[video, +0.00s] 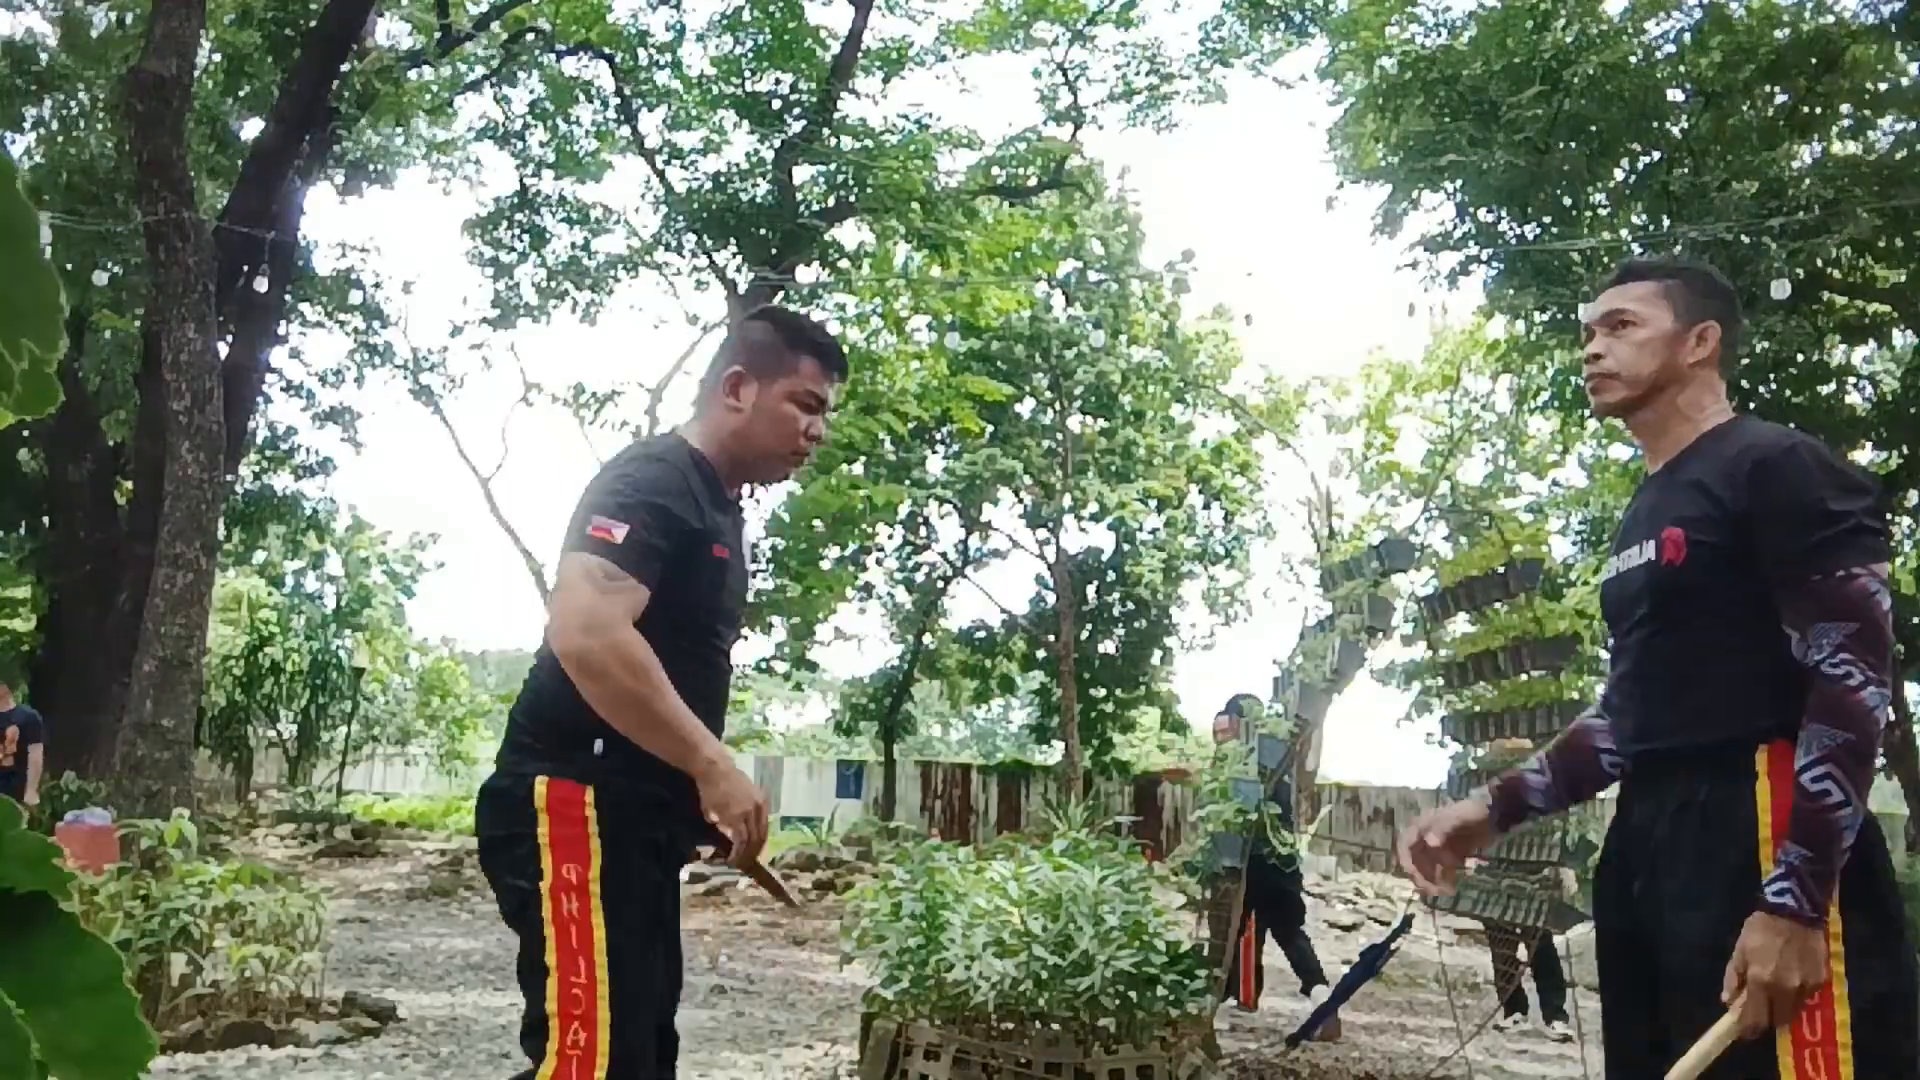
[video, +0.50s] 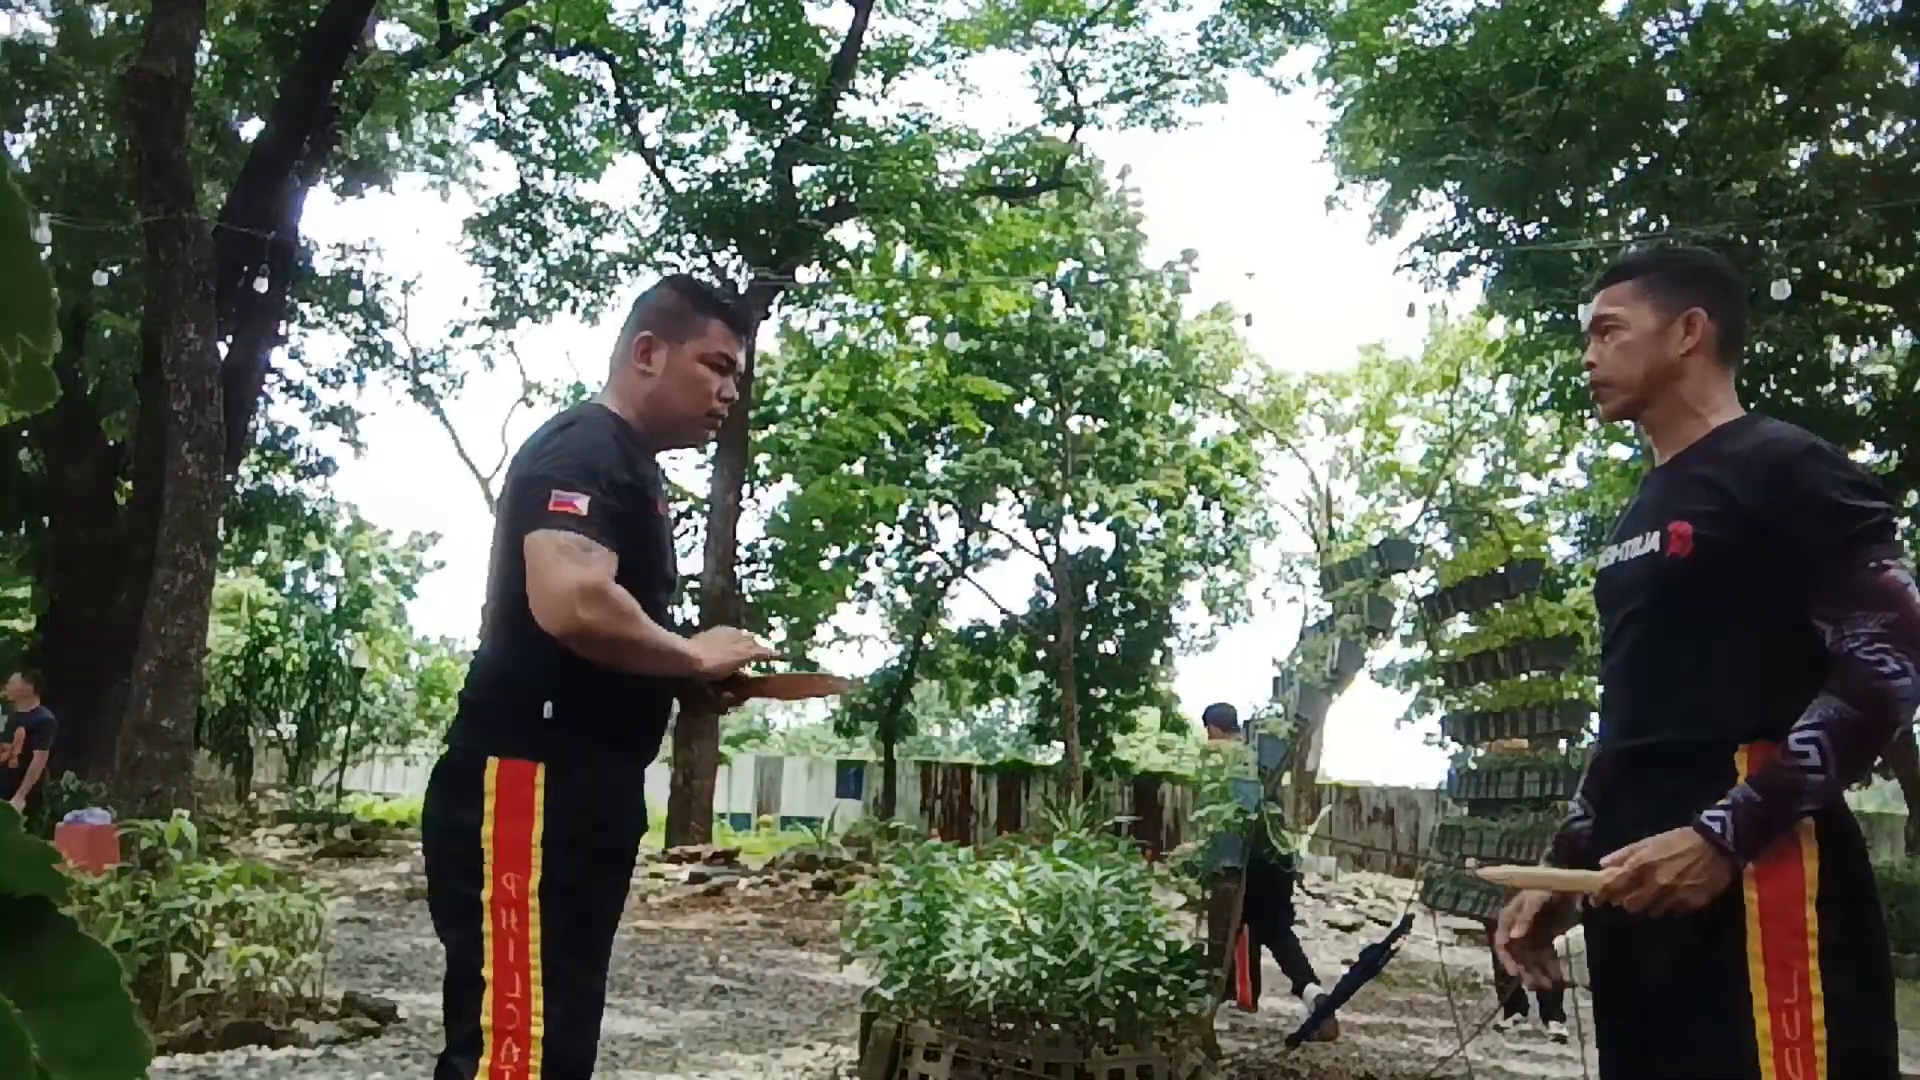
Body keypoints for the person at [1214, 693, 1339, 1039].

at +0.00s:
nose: (1219, 733)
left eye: (1223, 727)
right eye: (1219, 727)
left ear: (1241, 724)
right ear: (1252, 721)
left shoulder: (1244, 761)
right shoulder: (1276, 756)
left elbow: (1242, 812)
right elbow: (1277, 810)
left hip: (1253, 861)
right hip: (1280, 860)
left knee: (1245, 933)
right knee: (1289, 929)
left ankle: (1242, 1002)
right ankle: (1324, 1003)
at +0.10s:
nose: (1214, 735)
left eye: (1218, 728)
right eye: (1214, 728)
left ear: (1235, 726)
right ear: (1240, 725)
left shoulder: (1242, 763)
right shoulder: (1270, 760)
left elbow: (1239, 806)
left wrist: (1183, 787)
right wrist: (1185, 787)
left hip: (1250, 863)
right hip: (1281, 864)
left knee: (1238, 930)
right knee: (1289, 931)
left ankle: (1238, 1002)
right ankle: (1325, 1007)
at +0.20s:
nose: (1208, 737)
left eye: (1210, 730)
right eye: (1208, 730)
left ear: (1221, 728)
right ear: (1237, 728)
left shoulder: (1232, 762)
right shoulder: (1266, 761)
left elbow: (1208, 794)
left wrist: (1173, 807)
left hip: (1248, 864)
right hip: (1283, 863)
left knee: (1243, 932)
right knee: (1287, 931)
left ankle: (1243, 1003)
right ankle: (1320, 999)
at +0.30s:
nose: (1208, 738)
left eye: (1209, 731)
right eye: (1207, 732)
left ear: (1219, 728)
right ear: (1236, 727)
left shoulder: (1232, 762)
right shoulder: (1261, 759)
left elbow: (1209, 796)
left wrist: (1175, 818)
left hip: (1249, 866)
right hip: (1283, 864)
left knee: (1236, 932)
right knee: (1285, 934)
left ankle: (1238, 1001)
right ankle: (1321, 1002)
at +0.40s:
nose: (1205, 737)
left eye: (1205, 731)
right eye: (1205, 731)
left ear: (1211, 729)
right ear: (1233, 725)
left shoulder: (1224, 760)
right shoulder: (1252, 756)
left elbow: (1214, 813)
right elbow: (1220, 812)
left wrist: (1180, 836)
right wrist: (1183, 836)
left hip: (1246, 859)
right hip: (1277, 857)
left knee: (1234, 927)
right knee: (1279, 929)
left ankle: (1235, 999)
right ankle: (1315, 993)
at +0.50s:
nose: (1206, 738)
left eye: (1207, 731)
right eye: (1207, 732)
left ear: (1215, 729)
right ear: (1234, 728)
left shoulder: (1223, 762)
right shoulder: (1257, 758)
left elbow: (1224, 822)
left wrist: (1197, 850)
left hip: (1245, 861)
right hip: (1277, 858)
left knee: (1241, 929)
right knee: (1277, 929)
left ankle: (1241, 1000)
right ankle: (1313, 993)